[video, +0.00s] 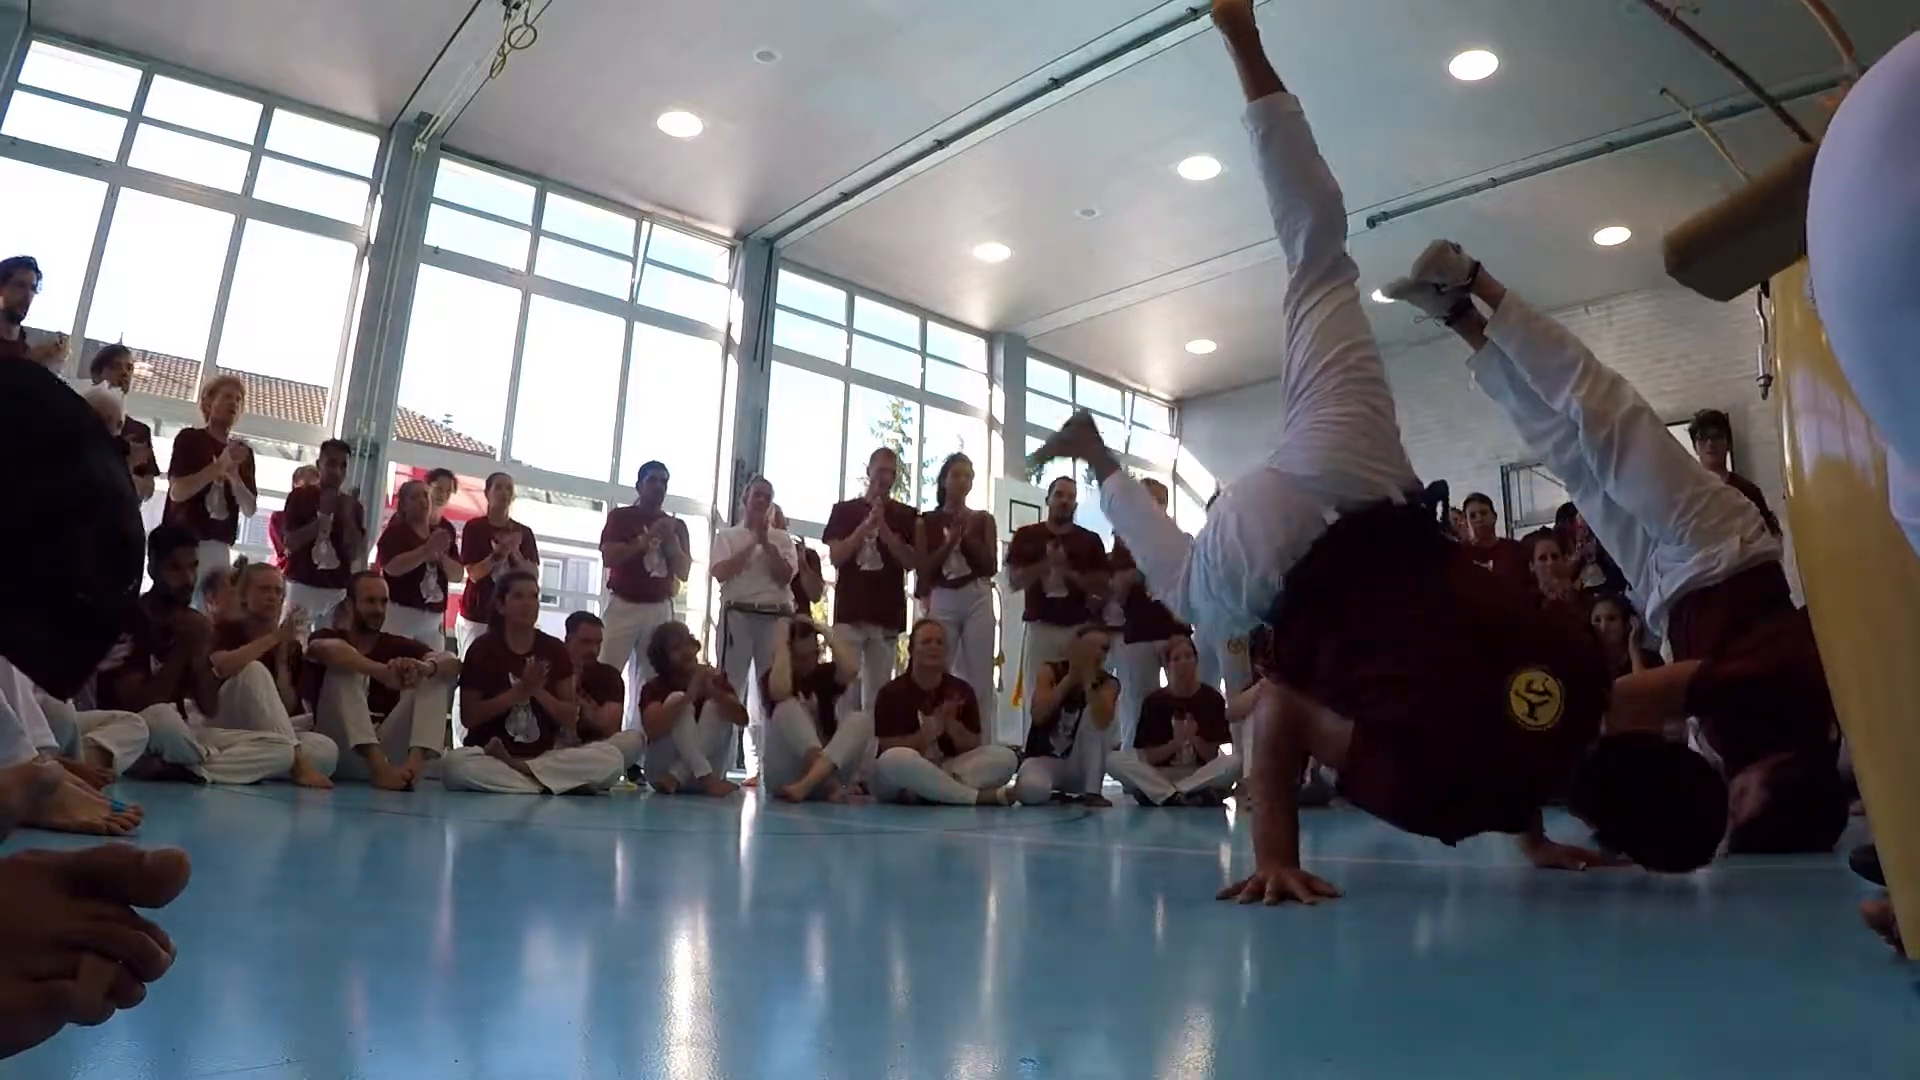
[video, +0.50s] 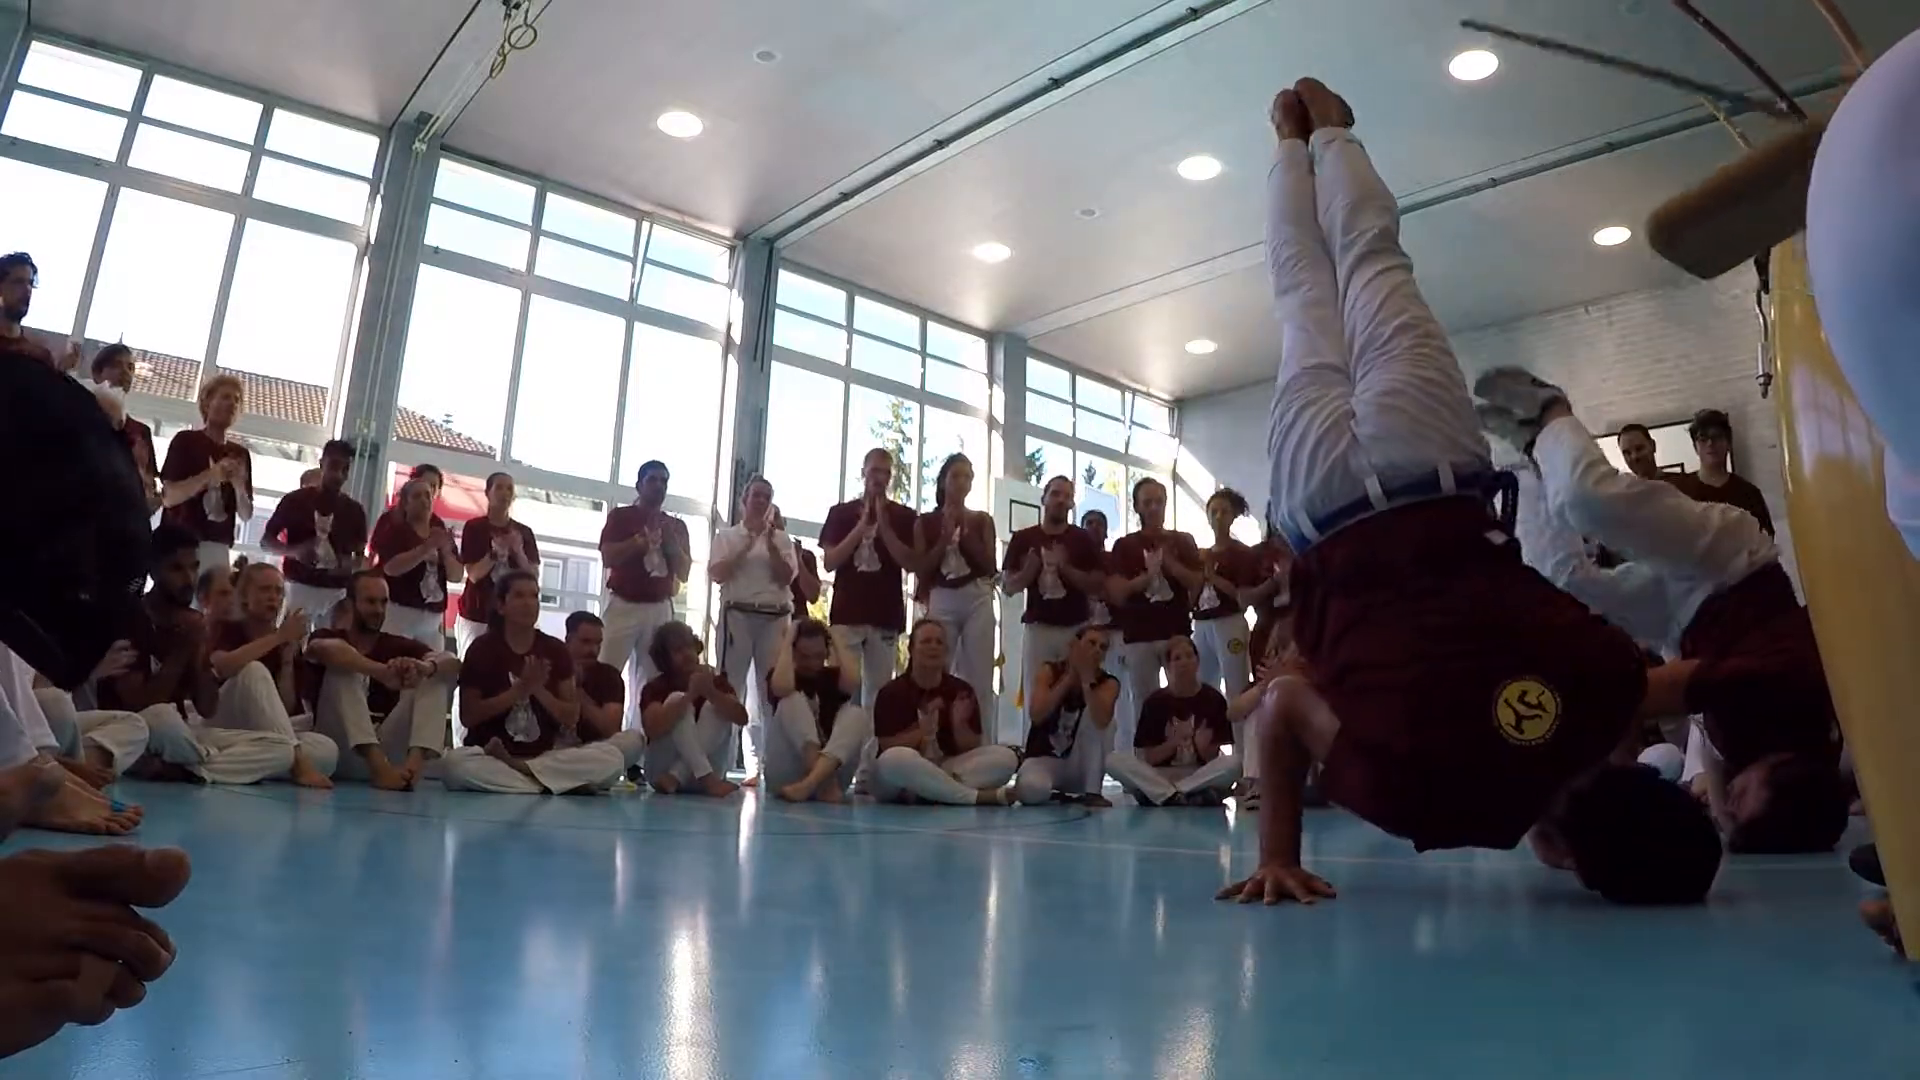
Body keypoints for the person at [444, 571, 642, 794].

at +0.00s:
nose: (529, 603)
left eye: (534, 597)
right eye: (519, 597)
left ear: (540, 603)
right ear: (500, 605)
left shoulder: (556, 649)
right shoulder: (481, 648)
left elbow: (570, 718)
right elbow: (469, 717)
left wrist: (536, 691)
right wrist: (521, 690)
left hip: (546, 756)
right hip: (489, 755)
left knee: (612, 759)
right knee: (455, 766)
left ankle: (522, 766)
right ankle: (548, 786)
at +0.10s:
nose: (529, 603)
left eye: (534, 597)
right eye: (519, 597)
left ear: (540, 603)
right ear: (500, 605)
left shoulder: (556, 649)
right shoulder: (481, 648)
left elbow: (571, 718)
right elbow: (468, 716)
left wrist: (536, 690)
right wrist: (521, 690)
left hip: (546, 756)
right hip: (489, 755)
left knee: (612, 759)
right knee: (455, 766)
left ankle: (521, 766)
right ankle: (548, 786)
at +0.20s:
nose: (530, 603)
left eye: (534, 597)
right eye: (520, 596)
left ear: (540, 603)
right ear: (501, 605)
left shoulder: (556, 648)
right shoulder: (481, 647)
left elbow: (570, 716)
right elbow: (468, 715)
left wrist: (536, 687)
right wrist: (522, 688)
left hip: (545, 756)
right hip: (487, 755)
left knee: (612, 759)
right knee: (454, 765)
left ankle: (521, 765)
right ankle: (549, 786)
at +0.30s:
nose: (530, 603)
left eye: (534, 597)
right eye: (520, 596)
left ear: (540, 603)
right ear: (501, 605)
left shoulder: (556, 649)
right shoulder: (481, 647)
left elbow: (571, 717)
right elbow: (468, 715)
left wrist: (534, 687)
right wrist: (522, 688)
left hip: (545, 757)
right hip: (488, 755)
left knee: (612, 758)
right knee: (454, 765)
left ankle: (522, 766)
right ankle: (548, 786)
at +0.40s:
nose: (530, 603)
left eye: (534, 596)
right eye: (520, 596)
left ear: (540, 603)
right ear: (501, 605)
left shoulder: (556, 649)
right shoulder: (482, 647)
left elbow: (570, 718)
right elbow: (468, 715)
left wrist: (534, 688)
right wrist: (522, 688)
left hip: (545, 757)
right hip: (488, 755)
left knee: (612, 758)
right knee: (454, 765)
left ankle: (522, 766)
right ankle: (548, 786)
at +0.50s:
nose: (530, 603)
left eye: (534, 596)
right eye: (520, 596)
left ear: (540, 603)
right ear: (501, 605)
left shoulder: (557, 649)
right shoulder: (481, 648)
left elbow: (570, 717)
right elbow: (468, 716)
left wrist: (535, 688)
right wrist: (521, 689)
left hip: (545, 757)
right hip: (489, 756)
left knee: (612, 758)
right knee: (454, 764)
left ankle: (522, 766)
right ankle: (547, 786)